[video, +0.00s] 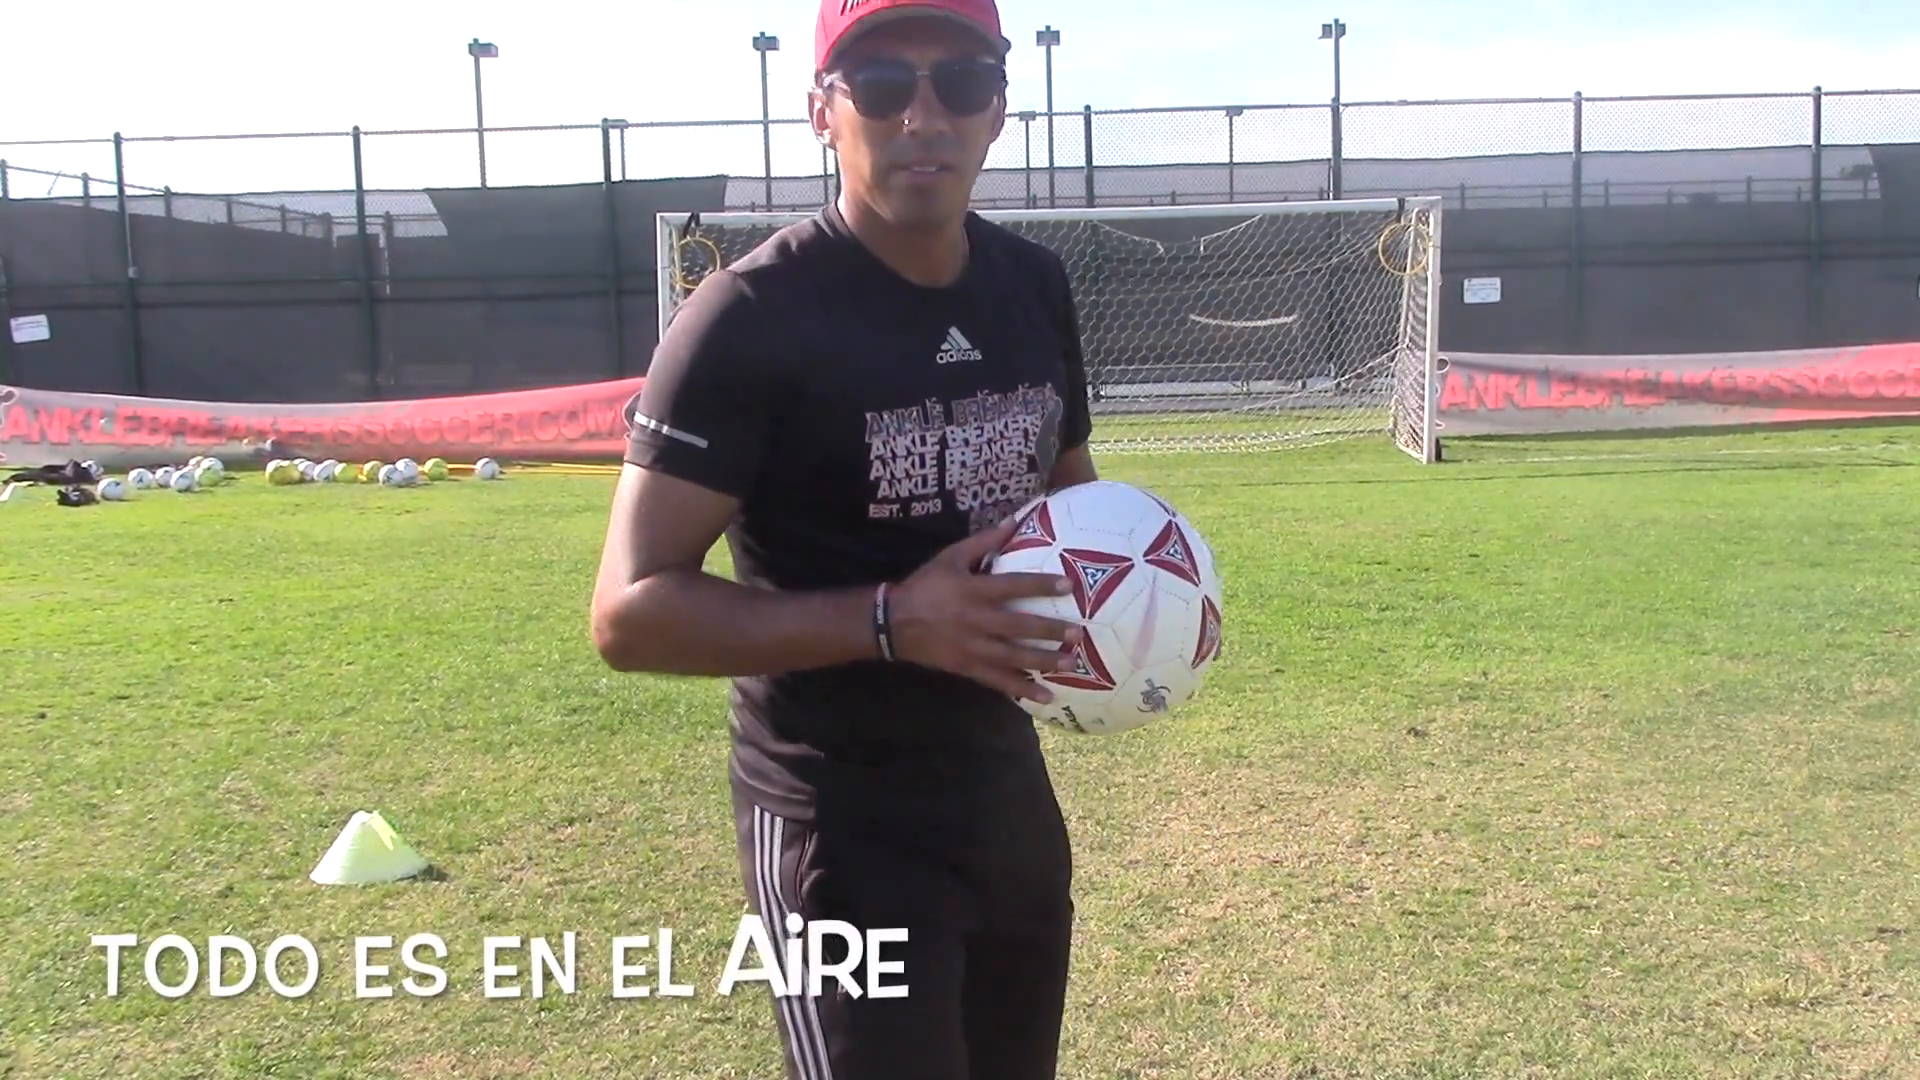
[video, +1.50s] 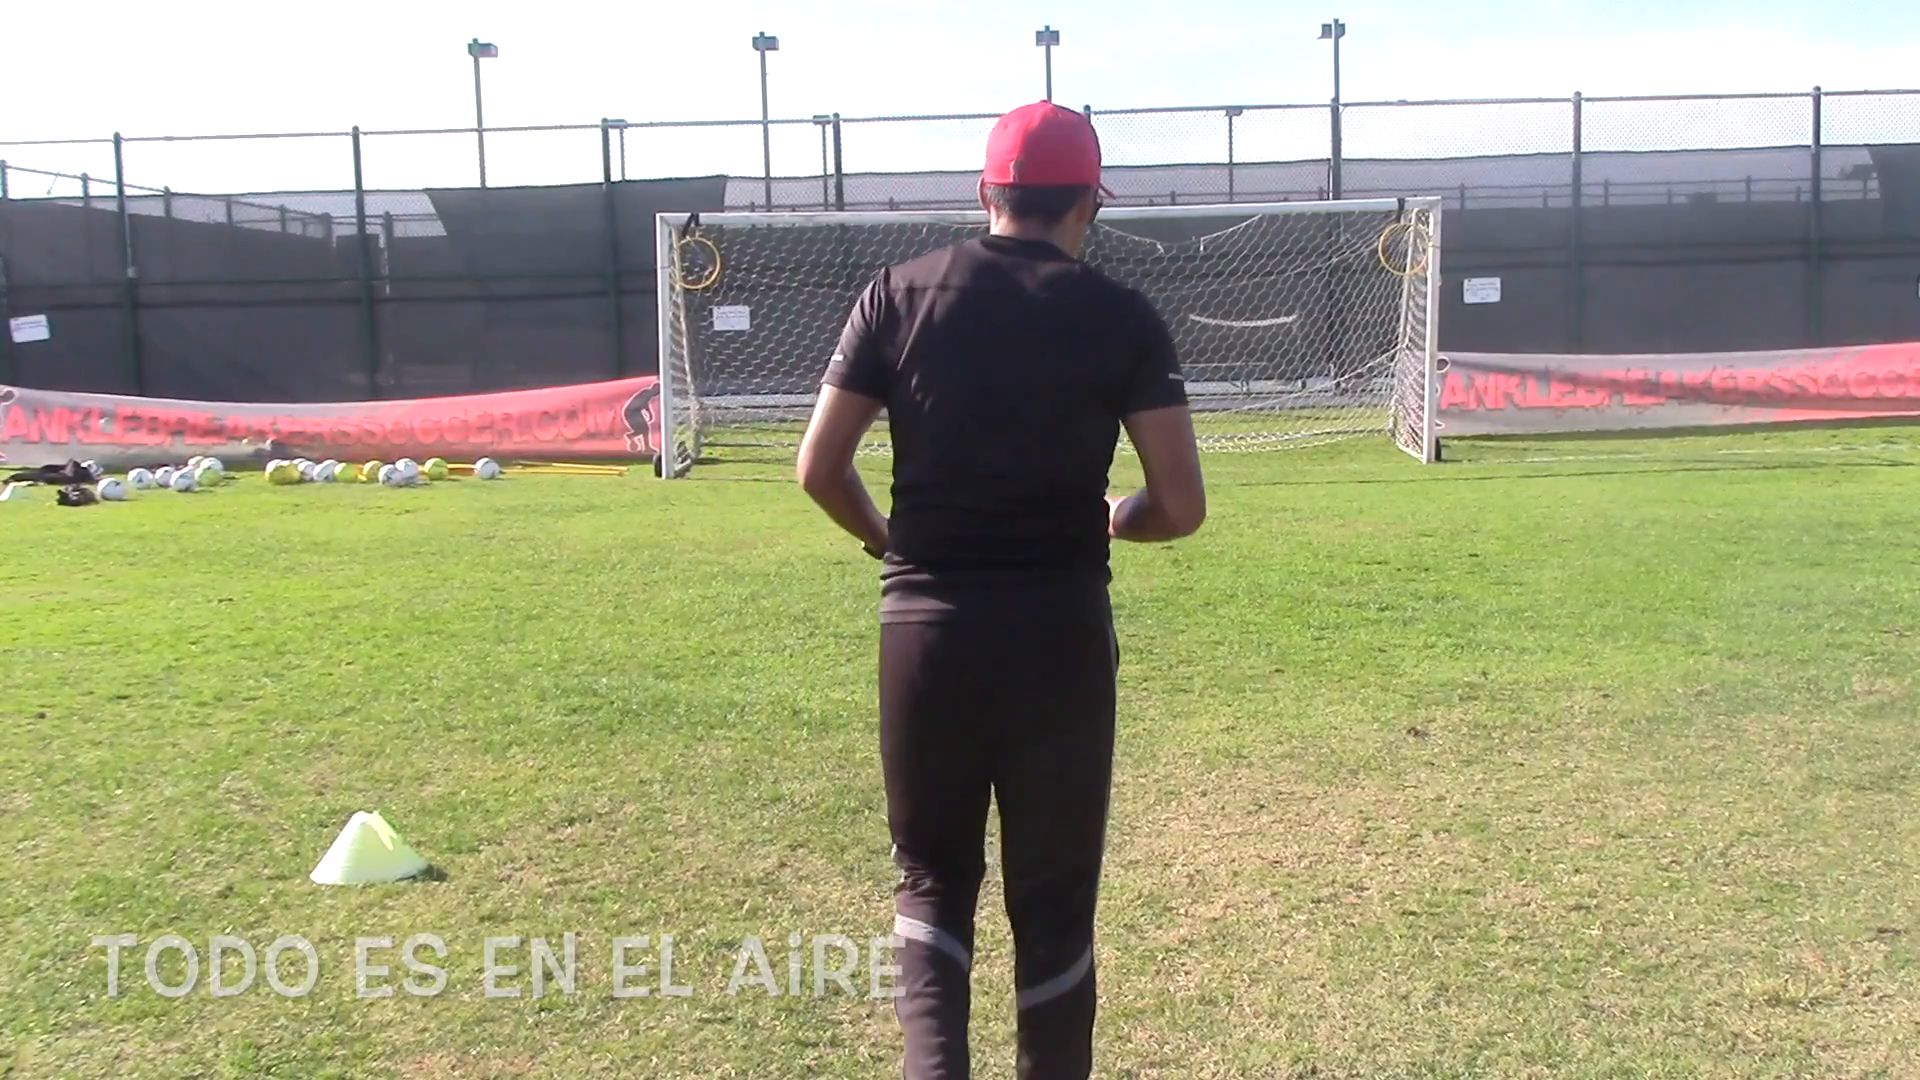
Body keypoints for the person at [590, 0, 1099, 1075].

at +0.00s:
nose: (927, 119)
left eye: (963, 85)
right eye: (884, 86)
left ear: (998, 111)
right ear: (824, 112)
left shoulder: (1030, 286)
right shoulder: (745, 318)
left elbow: (1069, 499)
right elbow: (628, 611)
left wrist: (1154, 601)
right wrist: (884, 619)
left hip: (1001, 771)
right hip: (835, 803)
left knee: (1019, 1063)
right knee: (888, 1063)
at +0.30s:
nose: (1064, 124)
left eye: (1062, 94)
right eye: (1028, 95)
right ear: (913, 109)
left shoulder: (948, 275)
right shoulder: (822, 301)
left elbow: (925, 514)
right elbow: (738, 639)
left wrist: (1075, 554)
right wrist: (1028, 619)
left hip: (922, 781)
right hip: (823, 807)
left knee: (964, 1056)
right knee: (879, 1064)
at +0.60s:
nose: (1029, 147)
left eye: (1024, 119)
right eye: (1014, 118)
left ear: (916, 136)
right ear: (955, 132)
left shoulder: (812, 284)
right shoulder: (913, 293)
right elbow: (928, 583)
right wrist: (1097, 556)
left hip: (808, 759)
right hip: (843, 783)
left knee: (938, 1042)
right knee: (867, 1059)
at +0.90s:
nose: (997, 160)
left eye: (994, 140)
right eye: (992, 141)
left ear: (860, 156)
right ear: (971, 150)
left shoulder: (776, 292)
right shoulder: (975, 287)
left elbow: (708, 515)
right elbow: (1015, 530)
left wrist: (880, 547)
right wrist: (1082, 552)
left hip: (768, 708)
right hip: (911, 719)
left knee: (859, 1038)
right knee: (1063, 1024)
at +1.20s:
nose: (1032, 211)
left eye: (1026, 196)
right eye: (1031, 197)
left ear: (908, 207)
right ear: (1023, 205)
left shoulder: (819, 320)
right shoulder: (1063, 331)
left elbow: (746, 526)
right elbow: (1138, 545)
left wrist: (861, 555)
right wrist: (1083, 567)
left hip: (855, 699)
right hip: (1009, 706)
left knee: (879, 1001)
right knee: (1041, 985)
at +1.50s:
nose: (1087, 210)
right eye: (1091, 196)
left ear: (986, 195)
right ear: (1088, 203)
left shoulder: (897, 296)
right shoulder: (1120, 314)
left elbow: (821, 469)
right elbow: (1179, 505)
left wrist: (886, 539)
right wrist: (1110, 515)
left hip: (927, 631)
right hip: (1061, 634)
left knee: (932, 882)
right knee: (1055, 905)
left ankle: (933, 1068)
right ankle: (1054, 1070)